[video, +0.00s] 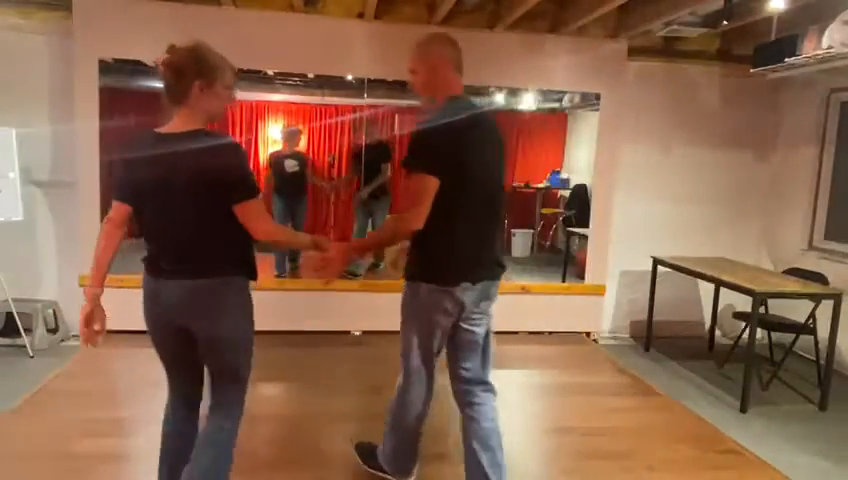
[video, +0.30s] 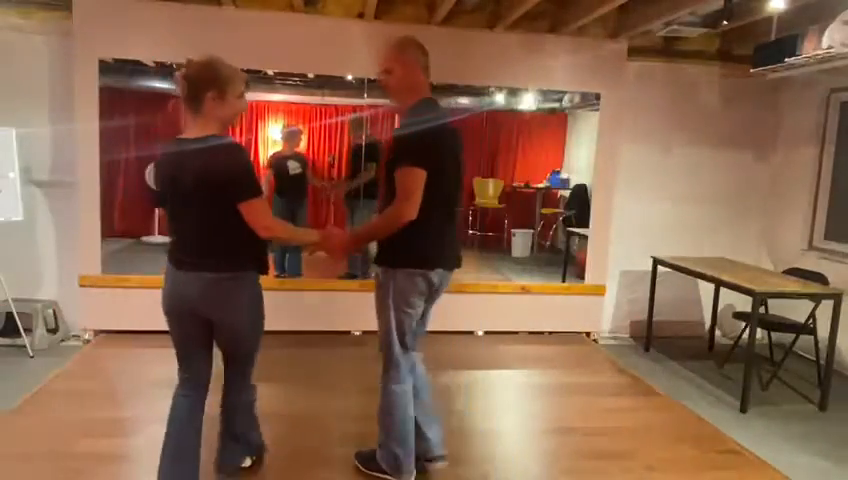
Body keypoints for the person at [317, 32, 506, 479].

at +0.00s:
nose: (411, 77)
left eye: (415, 69)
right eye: (412, 69)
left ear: (434, 68)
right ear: (454, 69)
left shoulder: (434, 131)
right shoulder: (486, 126)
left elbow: (412, 218)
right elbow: (482, 204)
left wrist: (355, 249)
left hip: (436, 274)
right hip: (483, 271)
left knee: (417, 370)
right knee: (476, 384)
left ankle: (396, 460)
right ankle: (490, 475)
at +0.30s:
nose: (381, 79)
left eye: (387, 70)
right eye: (382, 71)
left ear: (409, 69)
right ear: (416, 71)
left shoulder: (414, 126)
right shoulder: (440, 123)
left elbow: (405, 209)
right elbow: (431, 200)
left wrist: (351, 239)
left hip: (409, 259)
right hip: (439, 256)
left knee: (396, 360)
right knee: (406, 352)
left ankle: (395, 459)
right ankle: (427, 443)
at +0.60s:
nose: (367, 88)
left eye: (374, 79)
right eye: (365, 81)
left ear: (399, 79)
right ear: (370, 84)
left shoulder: (407, 130)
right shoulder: (387, 129)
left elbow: (412, 206)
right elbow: (377, 192)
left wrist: (361, 239)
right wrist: (340, 215)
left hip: (399, 258)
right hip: (383, 255)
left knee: (373, 353)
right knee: (365, 334)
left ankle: (398, 457)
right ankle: (361, 403)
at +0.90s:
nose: (354, 92)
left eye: (361, 84)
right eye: (351, 85)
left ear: (384, 83)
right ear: (352, 88)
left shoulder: (401, 132)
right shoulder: (361, 135)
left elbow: (415, 199)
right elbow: (337, 184)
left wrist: (366, 239)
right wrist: (293, 206)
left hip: (389, 250)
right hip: (366, 248)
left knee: (346, 332)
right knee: (343, 329)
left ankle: (387, 421)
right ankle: (353, 404)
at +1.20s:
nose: (343, 94)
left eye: (350, 88)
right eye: (340, 88)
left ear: (373, 89)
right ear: (342, 92)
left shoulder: (391, 135)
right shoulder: (347, 138)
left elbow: (404, 197)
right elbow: (322, 185)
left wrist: (363, 234)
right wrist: (277, 197)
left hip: (380, 246)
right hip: (348, 243)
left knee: (340, 323)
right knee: (343, 326)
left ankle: (349, 423)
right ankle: (351, 404)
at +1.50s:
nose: (333, 100)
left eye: (340, 94)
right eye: (332, 94)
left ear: (363, 96)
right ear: (336, 98)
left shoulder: (380, 137)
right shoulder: (341, 143)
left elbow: (396, 198)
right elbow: (311, 188)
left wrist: (352, 237)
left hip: (372, 250)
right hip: (342, 248)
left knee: (334, 334)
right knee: (330, 326)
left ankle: (318, 441)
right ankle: (355, 405)